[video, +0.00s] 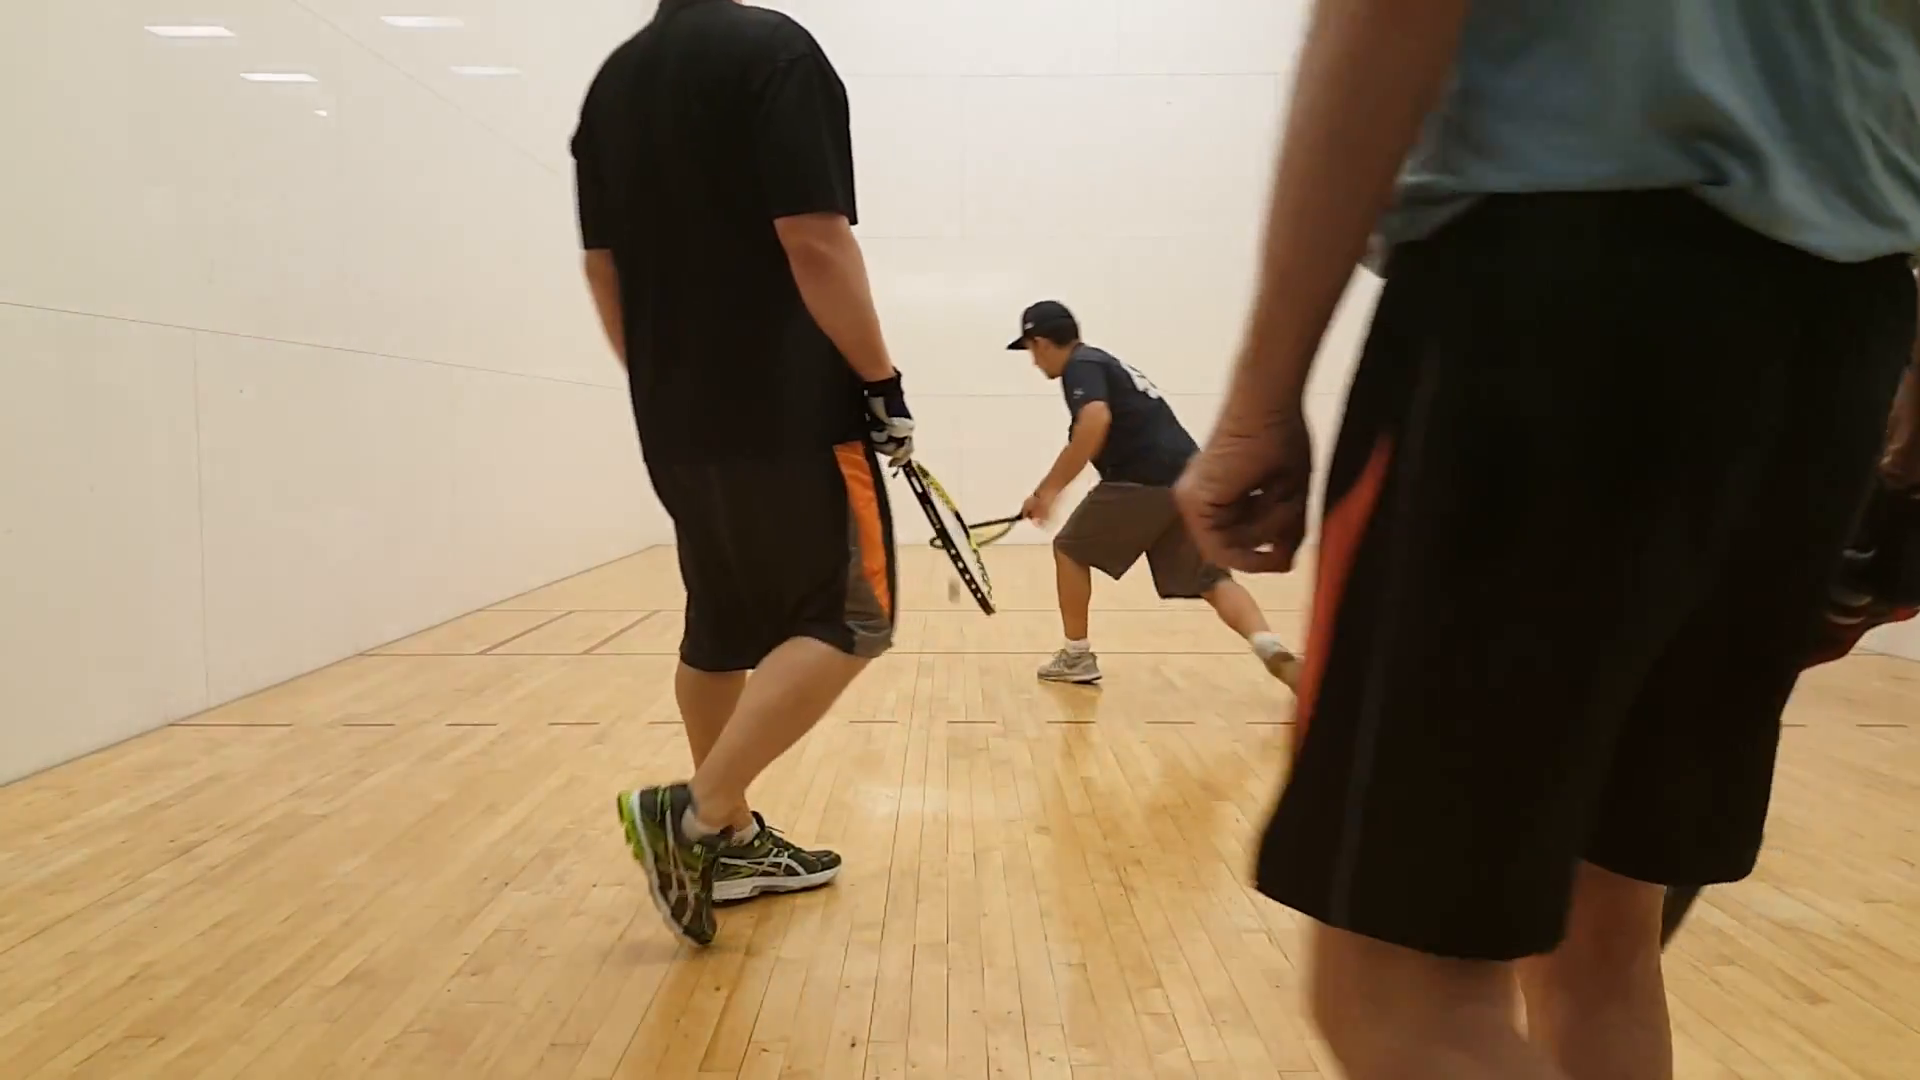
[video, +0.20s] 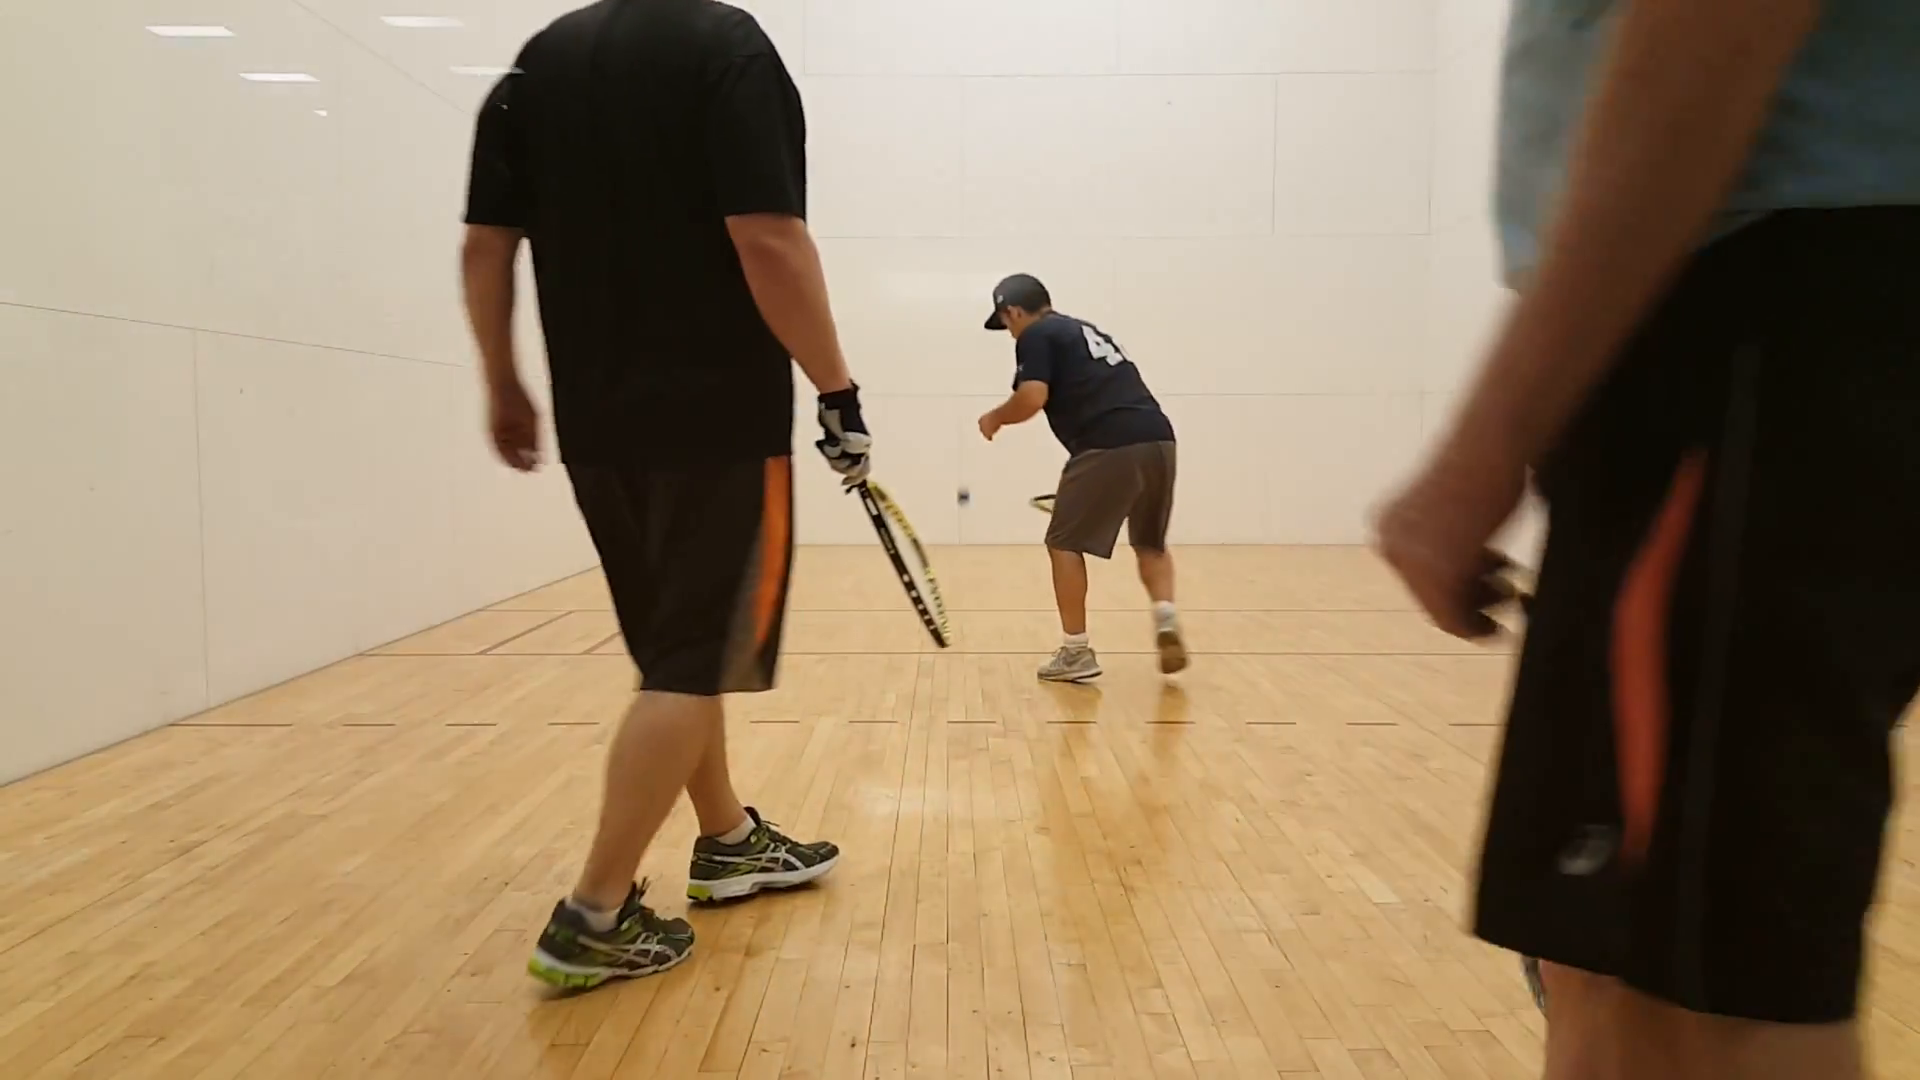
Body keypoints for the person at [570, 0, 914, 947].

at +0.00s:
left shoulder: (613, 81)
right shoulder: (779, 52)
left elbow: (605, 270)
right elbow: (817, 242)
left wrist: (662, 381)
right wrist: (884, 380)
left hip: (677, 409)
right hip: (788, 402)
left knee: (721, 618)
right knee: (855, 618)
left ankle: (732, 835)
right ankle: (694, 813)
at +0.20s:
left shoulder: (540, 61)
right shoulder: (732, 47)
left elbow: (487, 243)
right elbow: (767, 238)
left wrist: (501, 379)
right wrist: (839, 393)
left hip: (597, 417)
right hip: (715, 415)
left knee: (678, 641)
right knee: (691, 659)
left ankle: (729, 838)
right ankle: (595, 914)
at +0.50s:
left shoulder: (430, 3)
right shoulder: (641, 4)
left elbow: (318, 121)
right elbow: (647, 122)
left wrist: (189, 266)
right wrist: (733, 316)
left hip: (462, 386)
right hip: (603, 388)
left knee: (507, 643)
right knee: (602, 667)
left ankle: (480, 869)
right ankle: (587, 928)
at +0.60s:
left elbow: (256, 87)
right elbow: (584, 84)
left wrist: (110, 225)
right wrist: (677, 278)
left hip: (414, 374)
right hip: (569, 376)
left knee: (428, 641)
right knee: (590, 656)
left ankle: (347, 870)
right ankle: (585, 926)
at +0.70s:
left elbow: (179, 75)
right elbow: (526, 64)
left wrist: (56, 221)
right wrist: (640, 261)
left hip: (363, 364)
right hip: (524, 371)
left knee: (340, 636)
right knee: (564, 641)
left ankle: (215, 899)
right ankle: (583, 925)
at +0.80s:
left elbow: (98, 123)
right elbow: (508, 87)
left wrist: (63, 252)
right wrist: (642, 273)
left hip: (304, 381)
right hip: (477, 387)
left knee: (250, 659)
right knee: (530, 657)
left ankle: (124, 985)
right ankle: (581, 923)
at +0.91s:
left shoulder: (174, 2)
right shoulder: (432, 3)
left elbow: (79, 188)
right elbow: (525, 170)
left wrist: (156, 298)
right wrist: (617, 290)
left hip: (222, 402)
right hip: (411, 404)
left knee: (168, 706)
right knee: (489, 669)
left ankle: (102, 1026)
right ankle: (566, 922)